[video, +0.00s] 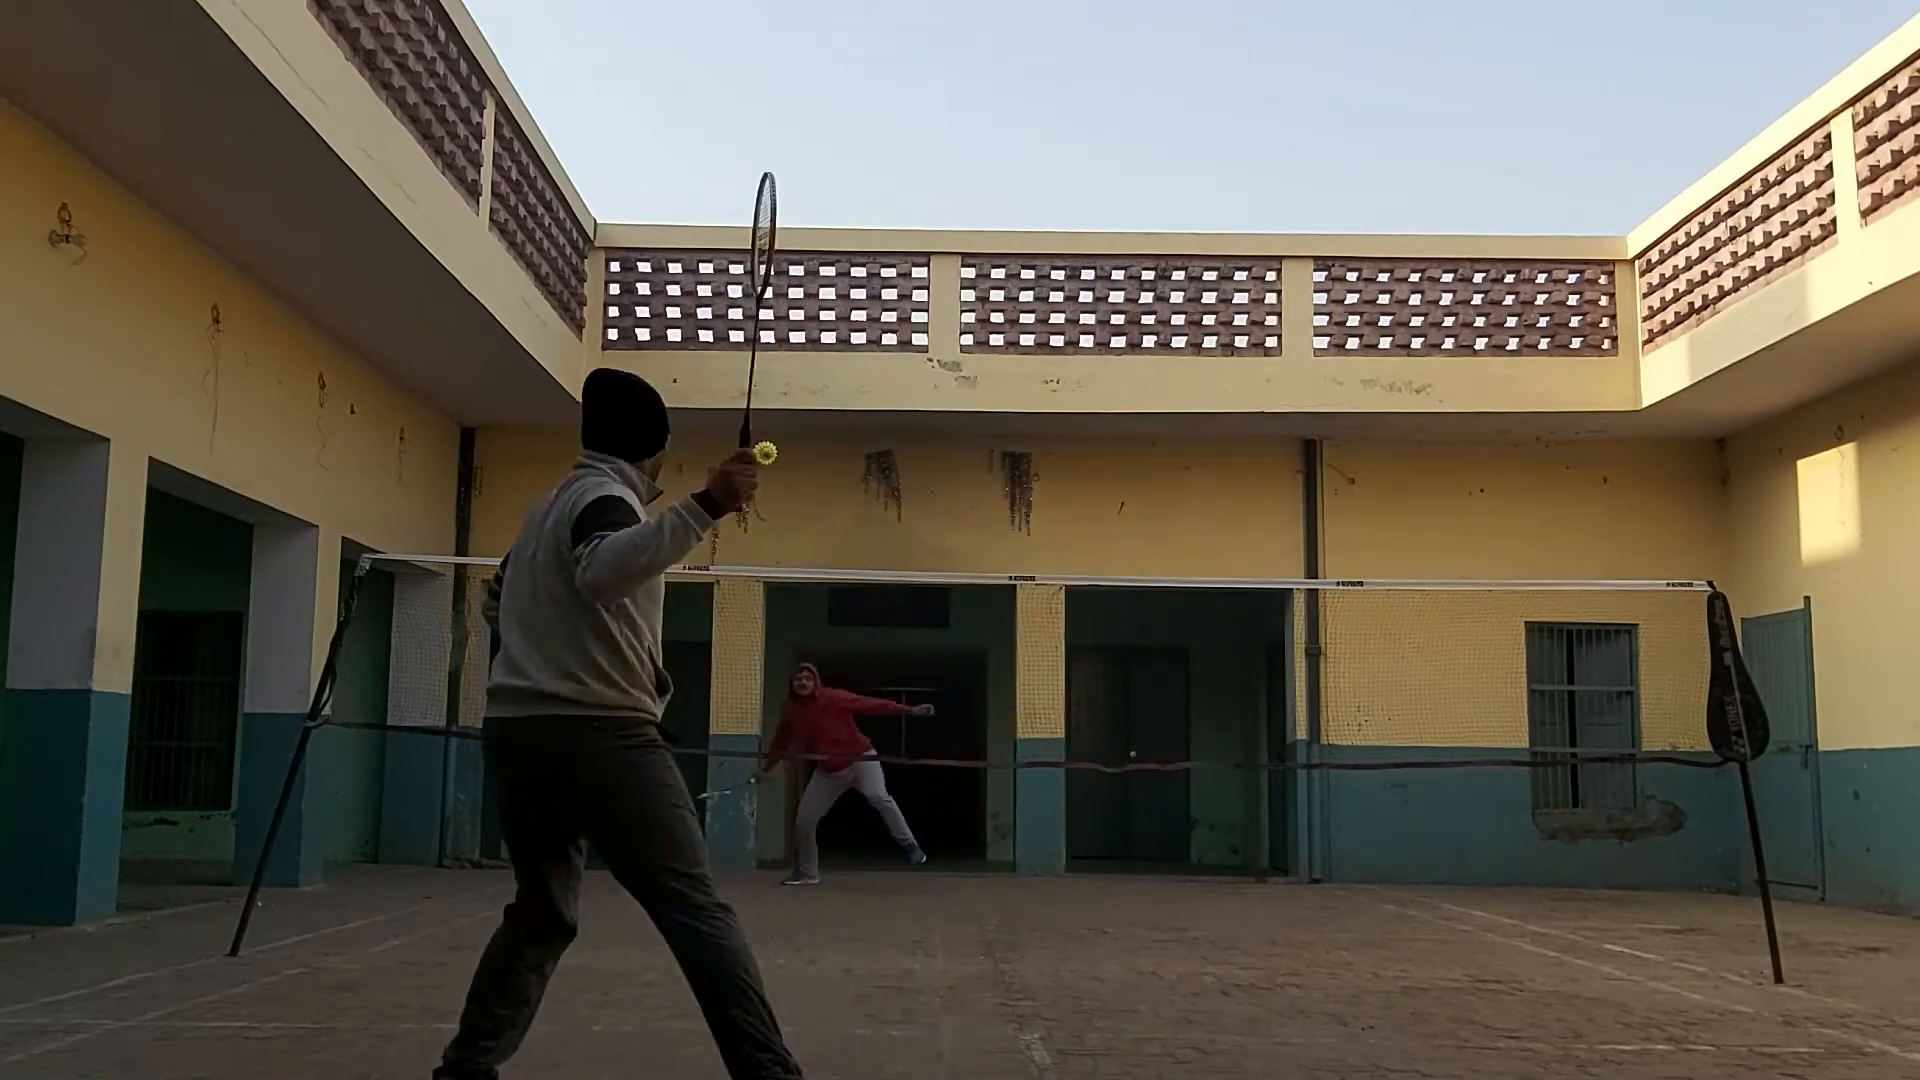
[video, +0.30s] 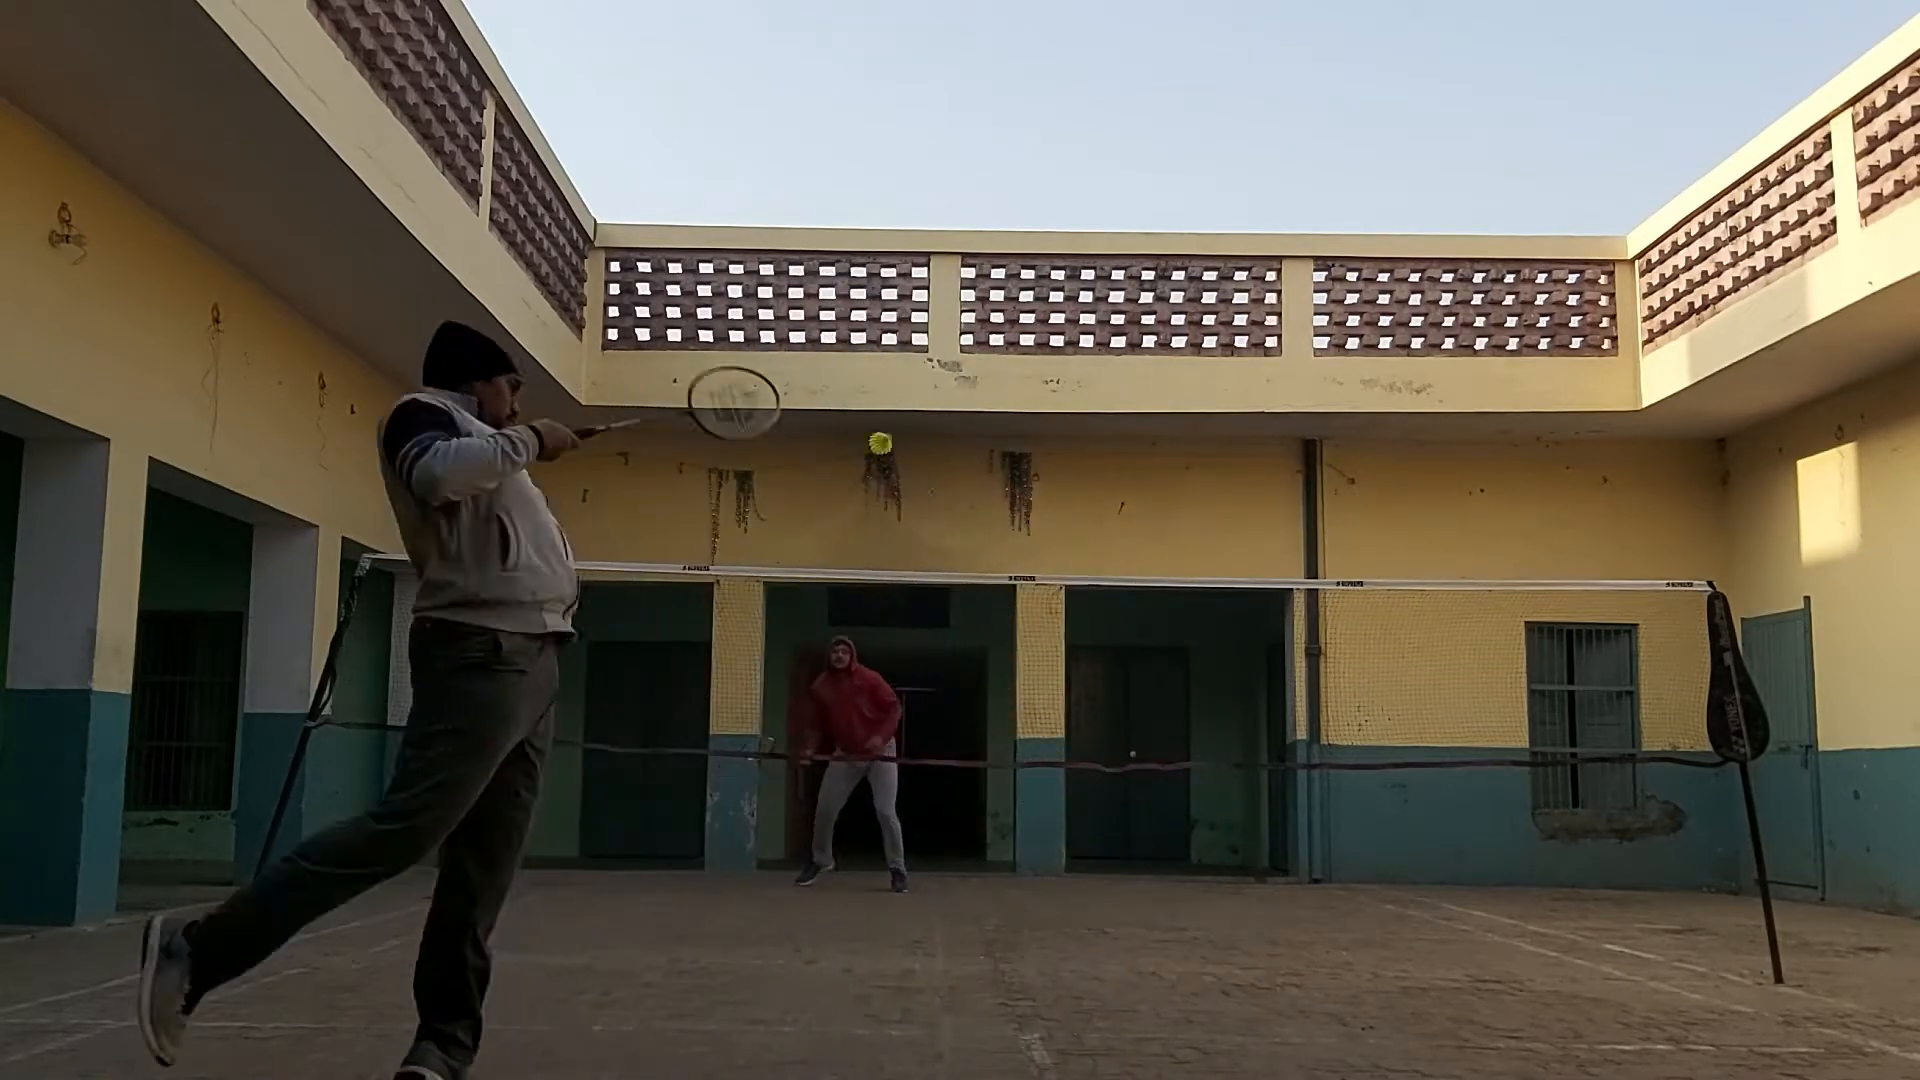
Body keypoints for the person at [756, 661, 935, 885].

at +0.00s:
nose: (802, 682)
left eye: (807, 678)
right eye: (798, 679)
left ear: (815, 682)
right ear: (793, 683)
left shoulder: (833, 698)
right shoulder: (791, 710)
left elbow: (872, 705)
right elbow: (780, 742)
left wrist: (911, 710)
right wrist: (766, 768)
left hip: (861, 761)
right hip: (829, 770)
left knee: (877, 796)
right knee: (805, 820)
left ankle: (910, 845)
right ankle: (807, 873)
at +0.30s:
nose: (839, 656)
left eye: (844, 652)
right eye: (835, 652)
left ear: (852, 656)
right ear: (828, 656)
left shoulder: (869, 679)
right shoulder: (822, 686)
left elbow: (894, 709)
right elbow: (815, 721)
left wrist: (881, 738)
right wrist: (810, 747)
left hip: (879, 755)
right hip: (845, 755)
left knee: (885, 812)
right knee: (825, 810)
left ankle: (897, 869)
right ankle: (820, 862)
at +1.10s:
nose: (1018, 636)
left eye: (1022, 632)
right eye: (1018, 632)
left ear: (1030, 637)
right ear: (1017, 640)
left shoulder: (1034, 659)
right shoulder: (1016, 670)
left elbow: (1028, 624)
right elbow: (1012, 709)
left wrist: (1016, 592)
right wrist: (993, 708)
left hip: (1026, 741)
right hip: (1015, 742)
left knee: (993, 796)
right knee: (1012, 808)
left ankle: (1038, 848)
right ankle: (1033, 878)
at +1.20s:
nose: (1063, 639)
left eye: (1067, 637)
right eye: (1062, 637)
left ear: (1077, 644)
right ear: (1061, 644)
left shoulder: (1075, 660)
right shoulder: (1044, 669)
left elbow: (1058, 646)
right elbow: (1016, 683)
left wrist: (1038, 628)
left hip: (1039, 733)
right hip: (1019, 733)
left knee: (1028, 795)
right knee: (1020, 806)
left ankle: (1080, 812)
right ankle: (1033, 873)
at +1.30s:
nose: (1096, 641)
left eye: (1103, 639)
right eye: (1097, 638)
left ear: (1111, 647)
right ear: (1096, 646)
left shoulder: (1107, 673)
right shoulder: (1080, 658)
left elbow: (1075, 683)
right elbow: (1053, 637)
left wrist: (1051, 661)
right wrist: (1035, 605)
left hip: (1061, 737)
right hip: (1039, 733)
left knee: (1069, 803)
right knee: (1012, 794)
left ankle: (1124, 826)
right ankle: (1018, 866)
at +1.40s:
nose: (1122, 648)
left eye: (1129, 648)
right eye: (1124, 645)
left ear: (1137, 659)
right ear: (1124, 653)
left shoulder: (1130, 693)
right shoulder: (1104, 666)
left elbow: (1086, 710)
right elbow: (1076, 651)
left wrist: (1079, 682)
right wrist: (1042, 634)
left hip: (1093, 763)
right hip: (1065, 752)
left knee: (1109, 827)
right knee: (1016, 781)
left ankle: (1153, 878)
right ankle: (980, 843)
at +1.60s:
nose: (1147, 673)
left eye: (1154, 670)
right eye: (1146, 668)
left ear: (1164, 680)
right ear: (1140, 672)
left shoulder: (1162, 718)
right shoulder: (1122, 690)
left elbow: (1153, 759)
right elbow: (1085, 704)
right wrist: (1046, 719)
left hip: (1118, 779)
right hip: (1089, 759)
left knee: (1129, 839)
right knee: (1033, 755)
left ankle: (1162, 887)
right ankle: (995, 811)